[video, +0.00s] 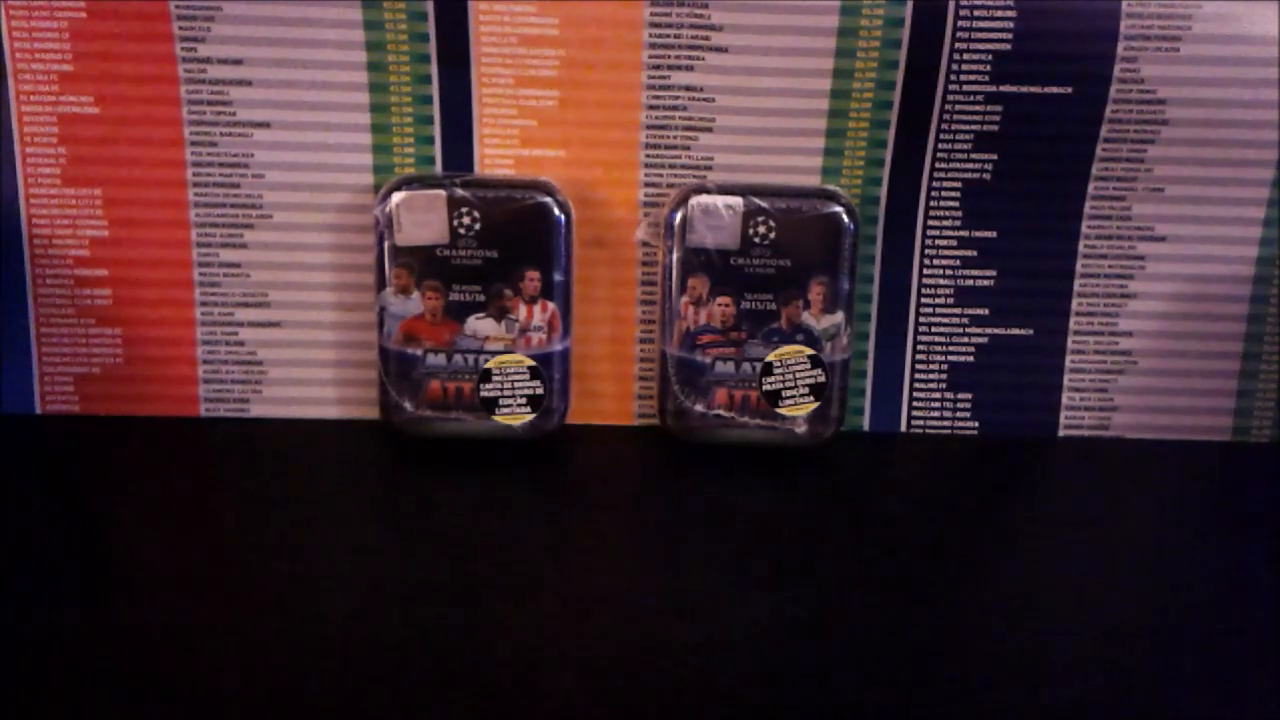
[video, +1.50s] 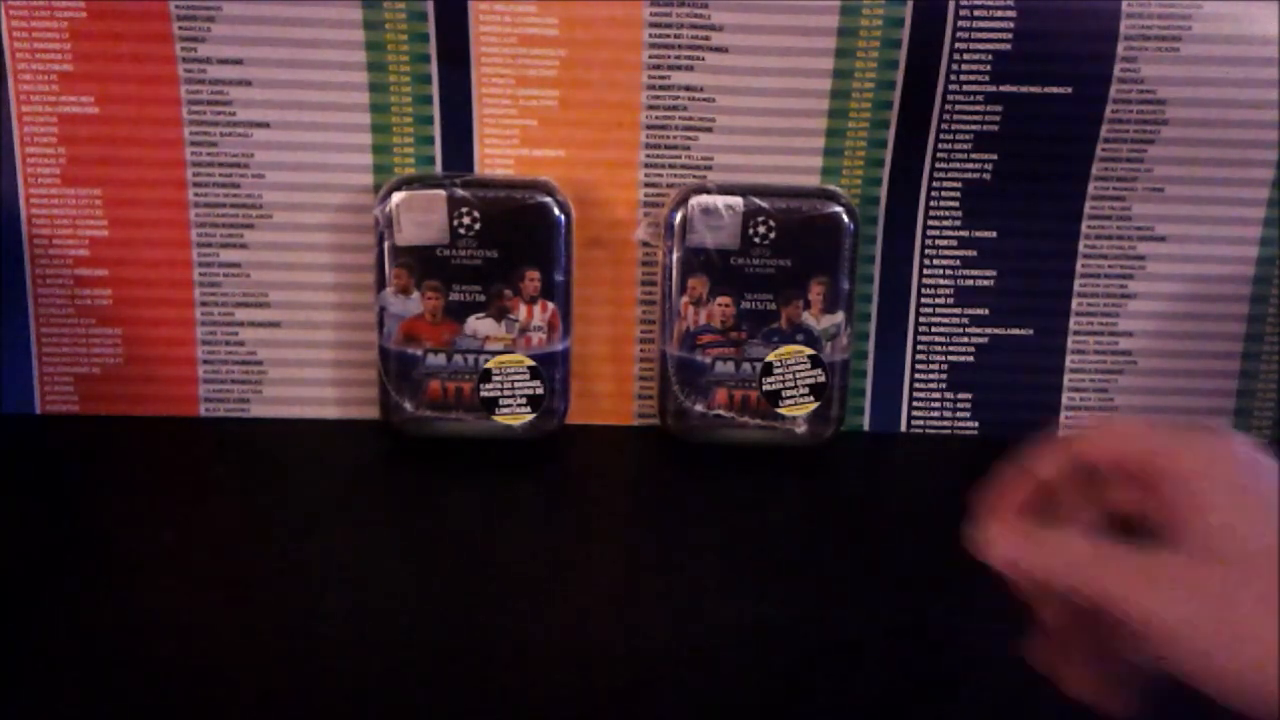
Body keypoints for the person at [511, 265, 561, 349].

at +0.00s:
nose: (536, 285)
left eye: (538, 281)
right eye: (531, 280)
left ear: (541, 283)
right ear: (521, 284)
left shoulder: (550, 308)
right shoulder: (512, 305)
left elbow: (556, 336)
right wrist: (520, 328)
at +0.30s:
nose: (536, 285)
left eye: (538, 281)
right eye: (531, 280)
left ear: (541, 283)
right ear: (521, 284)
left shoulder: (551, 308)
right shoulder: (512, 306)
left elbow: (556, 336)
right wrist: (520, 329)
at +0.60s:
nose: (536, 285)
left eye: (539, 281)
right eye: (531, 280)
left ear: (541, 283)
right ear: (521, 284)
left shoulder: (550, 308)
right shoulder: (512, 305)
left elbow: (556, 335)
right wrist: (520, 328)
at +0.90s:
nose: (536, 285)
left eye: (539, 281)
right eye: (531, 280)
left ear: (541, 283)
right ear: (521, 284)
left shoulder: (551, 308)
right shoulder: (512, 305)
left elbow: (556, 336)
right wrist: (520, 328)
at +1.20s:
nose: (536, 285)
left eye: (539, 281)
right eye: (531, 280)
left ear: (541, 283)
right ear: (521, 284)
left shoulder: (550, 308)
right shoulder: (512, 305)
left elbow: (556, 334)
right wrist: (520, 328)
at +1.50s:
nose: (536, 285)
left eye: (539, 281)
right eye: (531, 280)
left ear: (541, 283)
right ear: (521, 284)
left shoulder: (550, 308)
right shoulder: (512, 306)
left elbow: (556, 337)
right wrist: (520, 329)